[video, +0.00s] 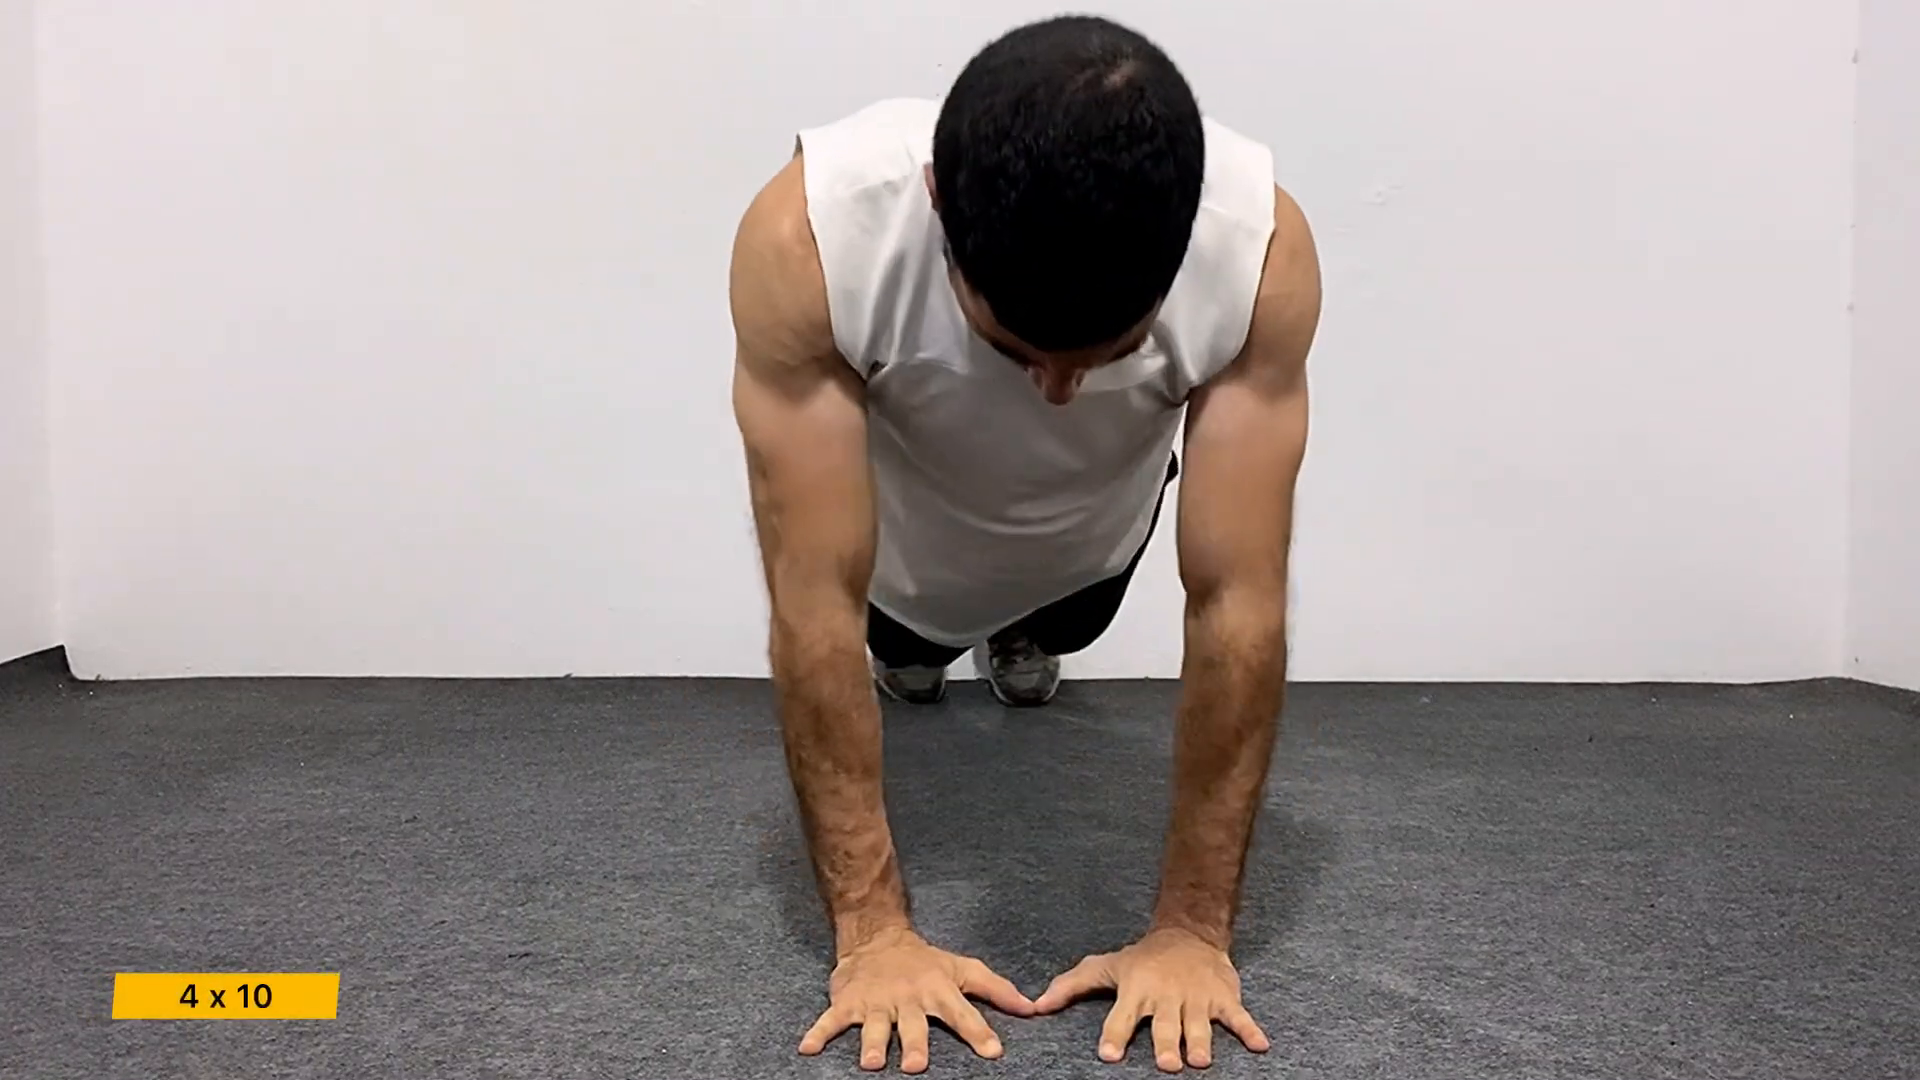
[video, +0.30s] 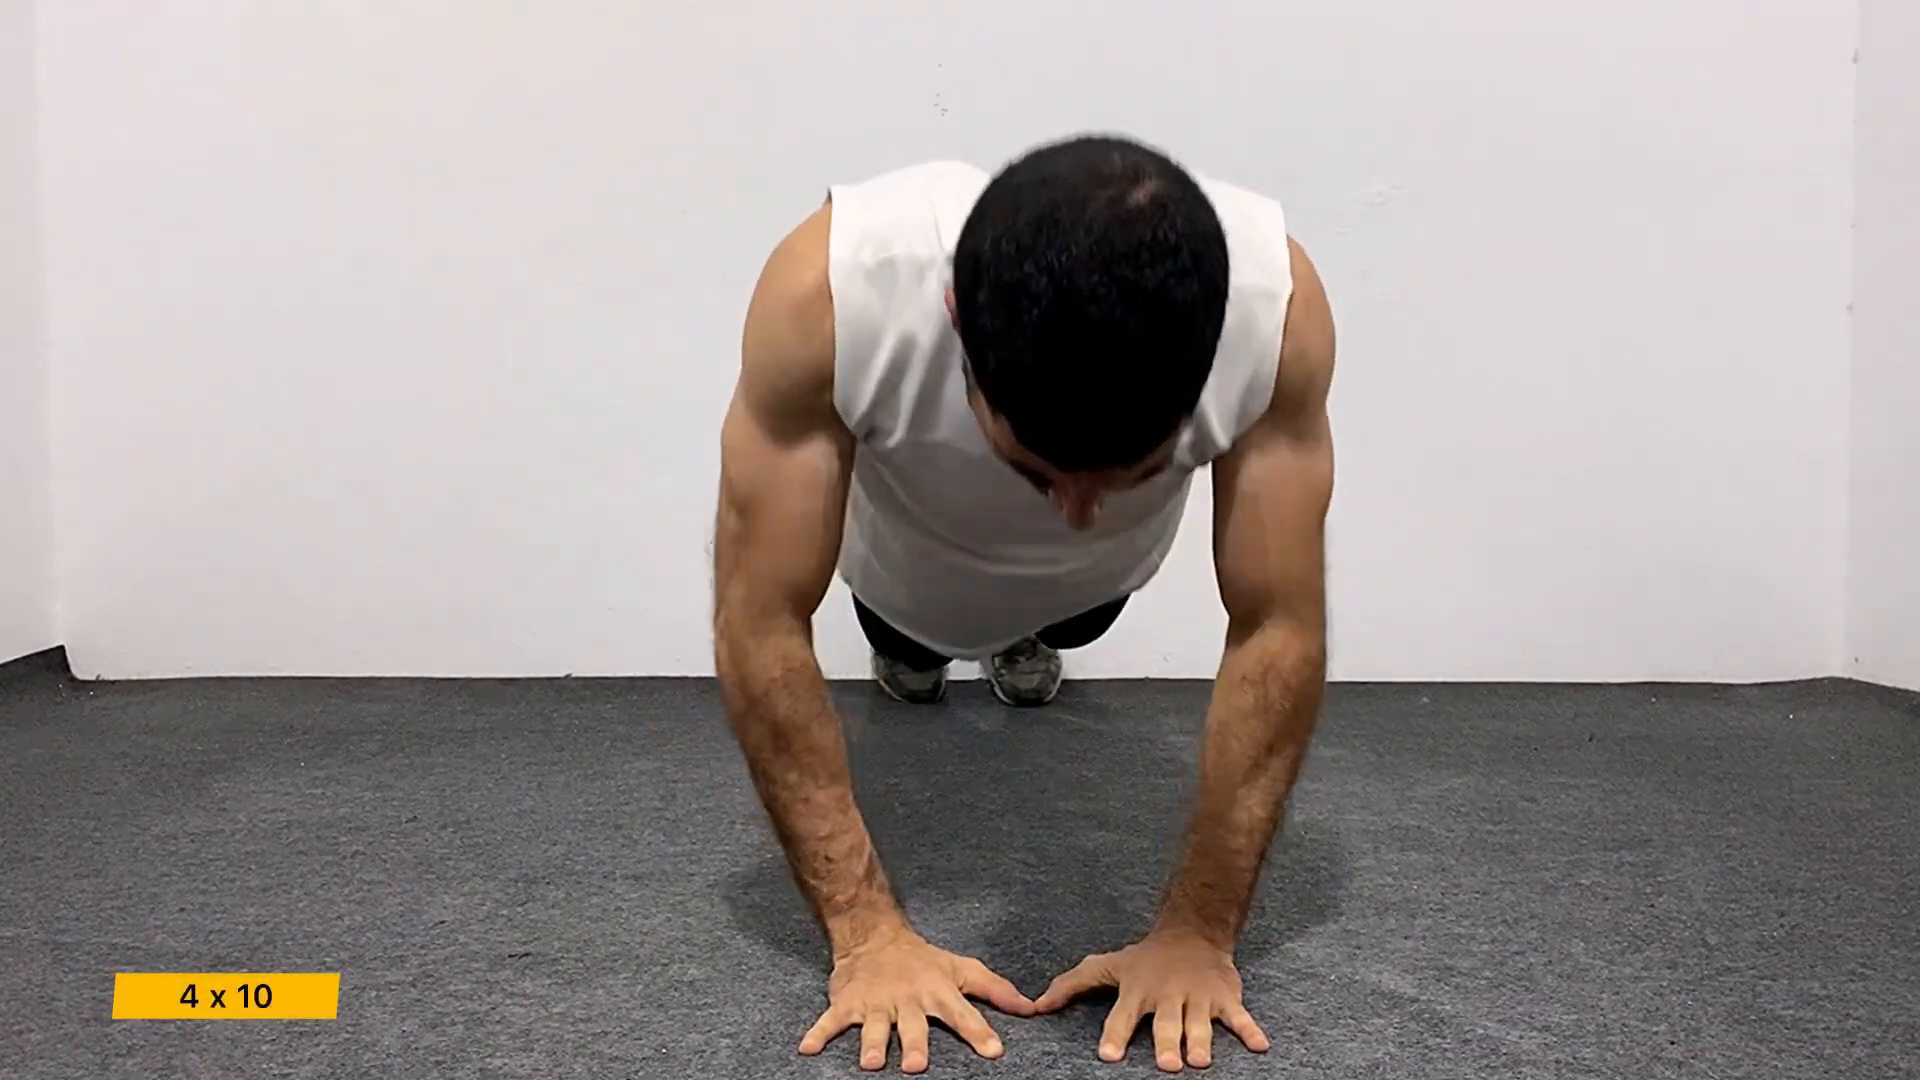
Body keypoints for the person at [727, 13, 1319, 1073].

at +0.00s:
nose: (1060, 384)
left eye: (1102, 347)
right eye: (1018, 341)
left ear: (1174, 259)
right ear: (943, 227)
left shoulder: (1255, 255)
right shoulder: (805, 246)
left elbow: (1238, 603)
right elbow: (815, 596)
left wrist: (1192, 927)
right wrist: (870, 928)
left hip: (1088, 556)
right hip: (910, 562)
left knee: (1051, 632)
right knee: (912, 652)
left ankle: (1028, 648)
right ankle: (912, 663)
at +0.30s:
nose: (1074, 507)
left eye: (1122, 472)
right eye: (1037, 465)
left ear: (1197, 376)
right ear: (960, 332)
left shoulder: (1276, 313)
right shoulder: (824, 299)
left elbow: (1279, 630)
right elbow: (757, 624)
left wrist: (1198, 929)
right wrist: (868, 932)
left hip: (1096, 579)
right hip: (908, 572)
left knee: (1054, 633)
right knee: (912, 645)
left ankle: (1027, 652)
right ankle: (910, 668)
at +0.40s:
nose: (1082, 633)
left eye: (1124, 601)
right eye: (1043, 592)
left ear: (1203, 506)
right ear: (965, 456)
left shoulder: (1277, 390)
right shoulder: (832, 376)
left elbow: (1305, 654)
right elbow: (721, 651)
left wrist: (1200, 930)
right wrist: (865, 935)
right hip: (913, 616)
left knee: (1054, 677)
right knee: (916, 672)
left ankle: (1040, 676)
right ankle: (910, 673)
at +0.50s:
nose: (1088, 772)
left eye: (1134, 739)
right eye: (1050, 734)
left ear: (1213, 612)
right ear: (964, 573)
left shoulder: (1286, 485)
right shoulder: (834, 472)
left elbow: (1316, 687)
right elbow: (701, 673)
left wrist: (1201, 928)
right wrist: (862, 933)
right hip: (916, 696)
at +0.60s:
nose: (1086, 894)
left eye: (1133, 862)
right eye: (1047, 856)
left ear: (1230, 706)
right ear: (963, 681)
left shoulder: (1297, 579)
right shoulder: (840, 559)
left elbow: (1321, 713)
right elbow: (698, 688)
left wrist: (1205, 928)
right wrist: (858, 928)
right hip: (912, 766)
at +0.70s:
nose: (1065, 993)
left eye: (1111, 979)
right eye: (1027, 963)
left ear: (1229, 802)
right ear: (963, 783)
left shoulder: (1306, 653)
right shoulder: (843, 631)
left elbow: (1348, 729)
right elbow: (694, 693)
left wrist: (1212, 938)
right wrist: (861, 937)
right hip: (899, 808)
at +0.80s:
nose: (1096, 1068)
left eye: (1134, 1046)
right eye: (1063, 1047)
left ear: (1228, 814)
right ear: (958, 842)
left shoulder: (1309, 693)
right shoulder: (845, 685)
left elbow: (1362, 717)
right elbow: (689, 689)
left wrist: (1224, 943)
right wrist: (858, 935)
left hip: (1104, 616)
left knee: (1047, 591)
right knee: (907, 590)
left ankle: (1020, 561)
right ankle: (904, 565)